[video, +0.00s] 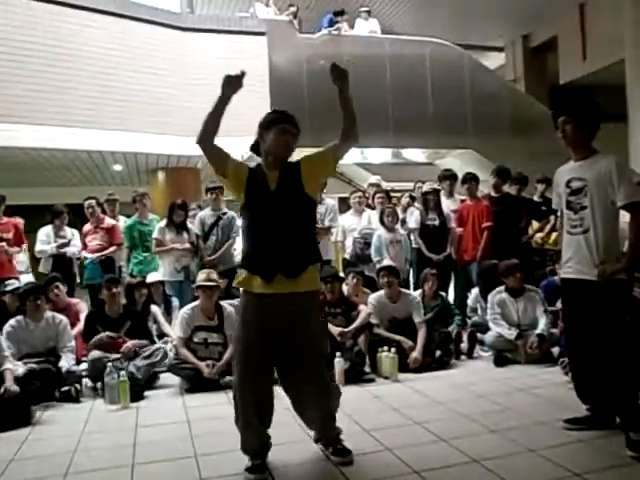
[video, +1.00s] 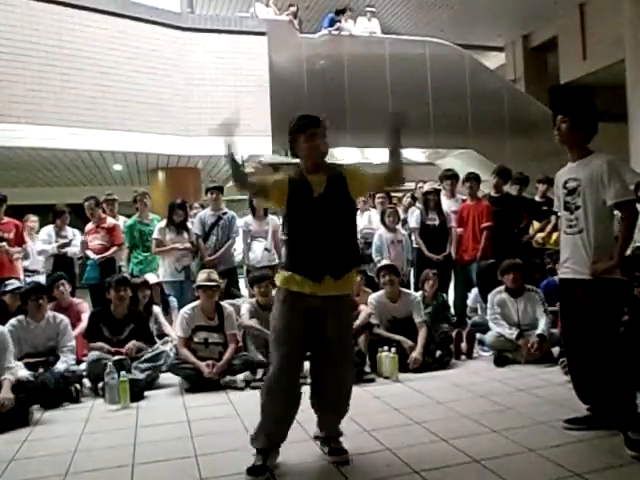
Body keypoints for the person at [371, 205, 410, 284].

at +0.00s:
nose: (390, 219)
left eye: (393, 216)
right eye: (387, 216)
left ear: (397, 218)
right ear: (382, 218)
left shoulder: (403, 234)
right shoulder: (379, 235)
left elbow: (408, 249)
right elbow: (374, 251)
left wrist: (407, 262)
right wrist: (379, 262)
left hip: (402, 269)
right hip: (386, 268)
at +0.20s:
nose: (390, 219)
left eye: (393, 216)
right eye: (387, 216)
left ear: (397, 218)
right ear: (382, 218)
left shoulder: (402, 234)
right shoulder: (379, 235)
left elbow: (407, 249)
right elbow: (375, 251)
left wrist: (406, 263)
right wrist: (379, 262)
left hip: (401, 269)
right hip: (386, 269)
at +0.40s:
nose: (391, 219)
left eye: (393, 216)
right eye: (388, 216)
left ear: (397, 218)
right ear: (383, 218)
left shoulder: (402, 233)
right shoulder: (379, 234)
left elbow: (407, 249)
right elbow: (375, 251)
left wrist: (407, 263)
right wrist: (379, 262)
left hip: (402, 268)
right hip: (386, 268)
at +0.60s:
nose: (391, 219)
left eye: (394, 216)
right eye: (388, 216)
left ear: (397, 218)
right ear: (383, 218)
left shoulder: (403, 234)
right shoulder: (380, 234)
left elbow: (408, 250)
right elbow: (376, 253)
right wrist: (382, 264)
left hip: (402, 269)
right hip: (387, 269)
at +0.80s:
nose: (391, 219)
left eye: (394, 216)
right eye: (388, 216)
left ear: (398, 218)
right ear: (383, 218)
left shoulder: (403, 234)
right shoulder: (380, 234)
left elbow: (408, 251)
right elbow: (376, 252)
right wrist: (381, 264)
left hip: (403, 270)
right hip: (387, 270)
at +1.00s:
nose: (392, 219)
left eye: (394, 216)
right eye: (389, 216)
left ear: (398, 218)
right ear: (383, 218)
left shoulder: (403, 234)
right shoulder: (380, 234)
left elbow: (409, 250)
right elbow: (376, 252)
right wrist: (382, 264)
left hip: (403, 269)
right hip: (387, 270)